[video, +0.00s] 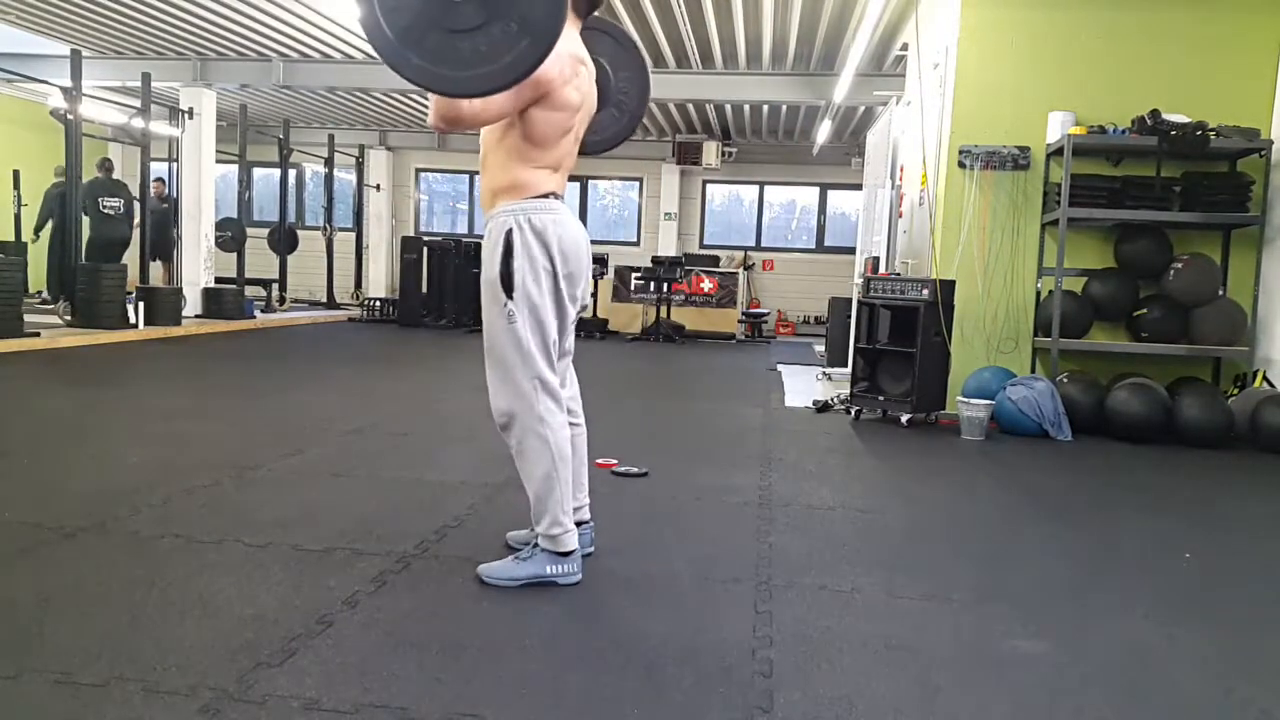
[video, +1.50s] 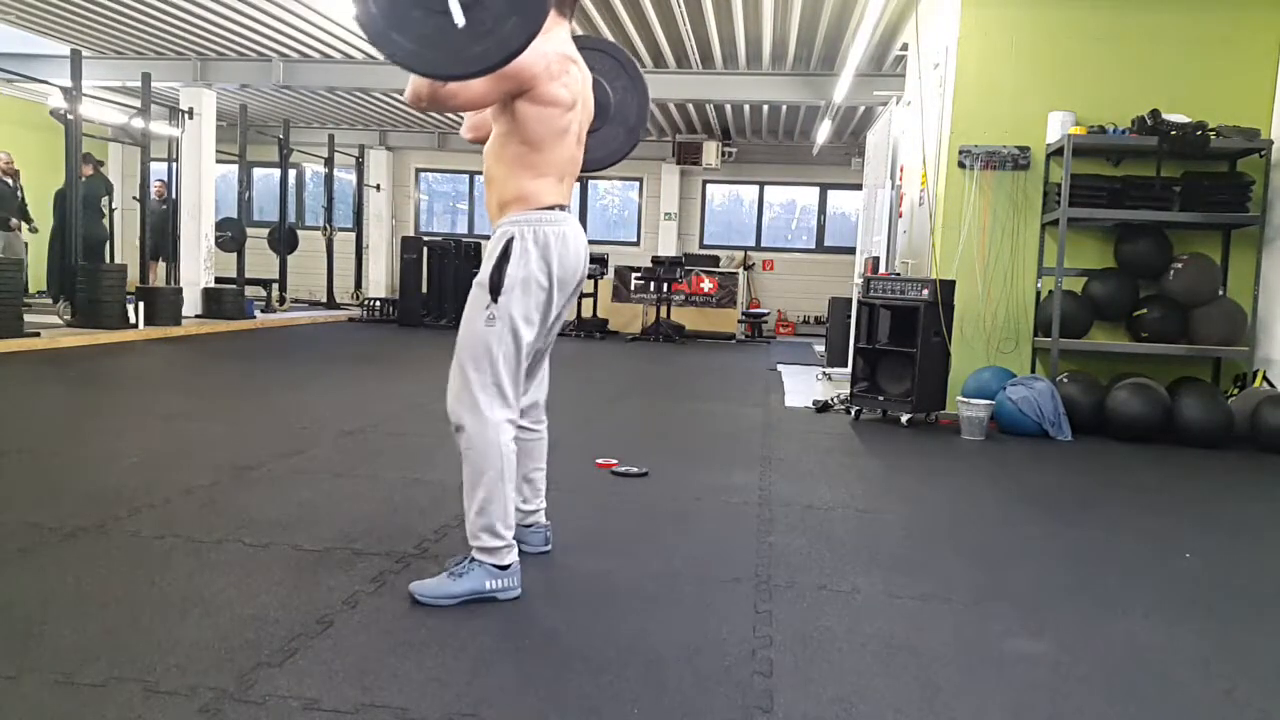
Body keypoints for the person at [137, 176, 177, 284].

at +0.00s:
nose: (155, 190)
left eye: (157, 187)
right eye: (153, 187)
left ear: (164, 187)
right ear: (151, 188)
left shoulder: (172, 201)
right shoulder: (149, 201)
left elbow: (177, 218)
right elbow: (143, 217)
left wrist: (177, 233)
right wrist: (133, 225)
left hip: (166, 238)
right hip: (150, 236)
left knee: (166, 265)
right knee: (145, 263)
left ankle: (166, 289)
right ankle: (143, 288)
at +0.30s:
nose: (157, 188)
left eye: (160, 185)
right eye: (156, 185)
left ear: (167, 186)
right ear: (154, 186)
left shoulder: (173, 201)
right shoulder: (151, 201)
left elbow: (177, 218)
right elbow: (146, 214)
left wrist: (165, 223)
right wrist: (151, 222)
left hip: (167, 237)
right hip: (152, 236)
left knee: (166, 264)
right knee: (145, 262)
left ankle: (167, 287)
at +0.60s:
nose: (153, 187)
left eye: (157, 185)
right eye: (152, 185)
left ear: (164, 187)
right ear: (151, 187)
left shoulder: (171, 203)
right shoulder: (149, 202)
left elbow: (178, 218)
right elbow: (145, 219)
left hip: (164, 240)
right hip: (149, 238)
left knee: (165, 266)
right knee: (144, 263)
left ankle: (167, 288)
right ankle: (145, 287)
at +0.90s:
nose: (149, 189)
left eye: (151, 186)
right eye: (147, 186)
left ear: (157, 187)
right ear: (146, 188)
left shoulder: (164, 202)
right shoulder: (144, 202)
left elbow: (168, 222)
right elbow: (141, 222)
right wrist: (138, 238)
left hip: (160, 236)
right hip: (146, 236)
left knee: (161, 262)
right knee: (147, 263)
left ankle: (164, 284)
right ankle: (147, 285)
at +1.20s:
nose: (150, 188)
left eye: (153, 186)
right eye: (148, 186)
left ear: (157, 188)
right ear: (146, 188)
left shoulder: (164, 200)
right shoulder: (142, 200)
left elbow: (169, 219)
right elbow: (134, 216)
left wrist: (155, 221)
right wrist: (128, 231)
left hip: (162, 235)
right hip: (148, 235)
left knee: (163, 260)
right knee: (150, 262)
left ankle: (170, 284)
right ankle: (149, 287)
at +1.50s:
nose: (157, 189)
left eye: (160, 187)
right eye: (155, 187)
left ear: (165, 189)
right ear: (152, 189)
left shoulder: (172, 203)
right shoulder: (149, 203)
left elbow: (176, 220)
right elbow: (144, 220)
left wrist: (175, 235)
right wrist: (142, 236)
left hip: (168, 237)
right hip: (152, 237)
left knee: (170, 264)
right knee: (152, 265)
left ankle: (171, 287)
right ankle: (150, 288)